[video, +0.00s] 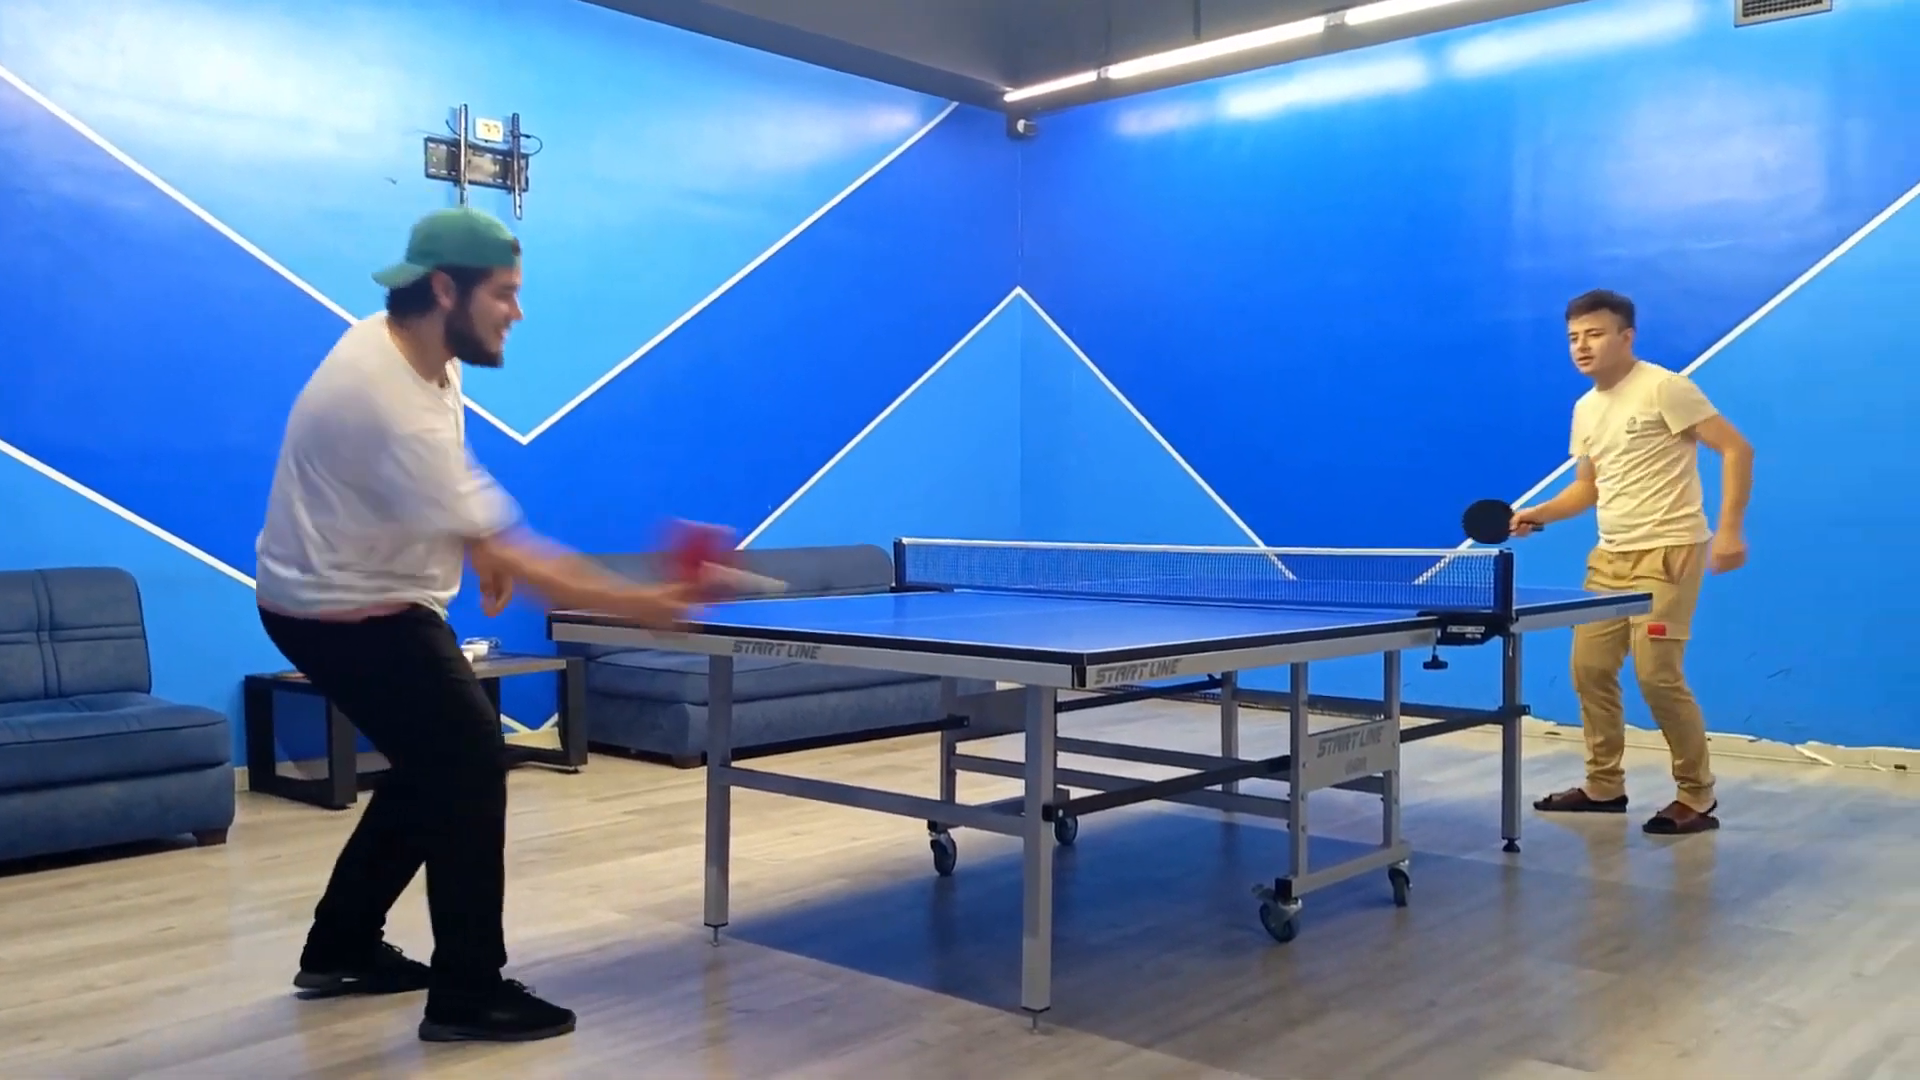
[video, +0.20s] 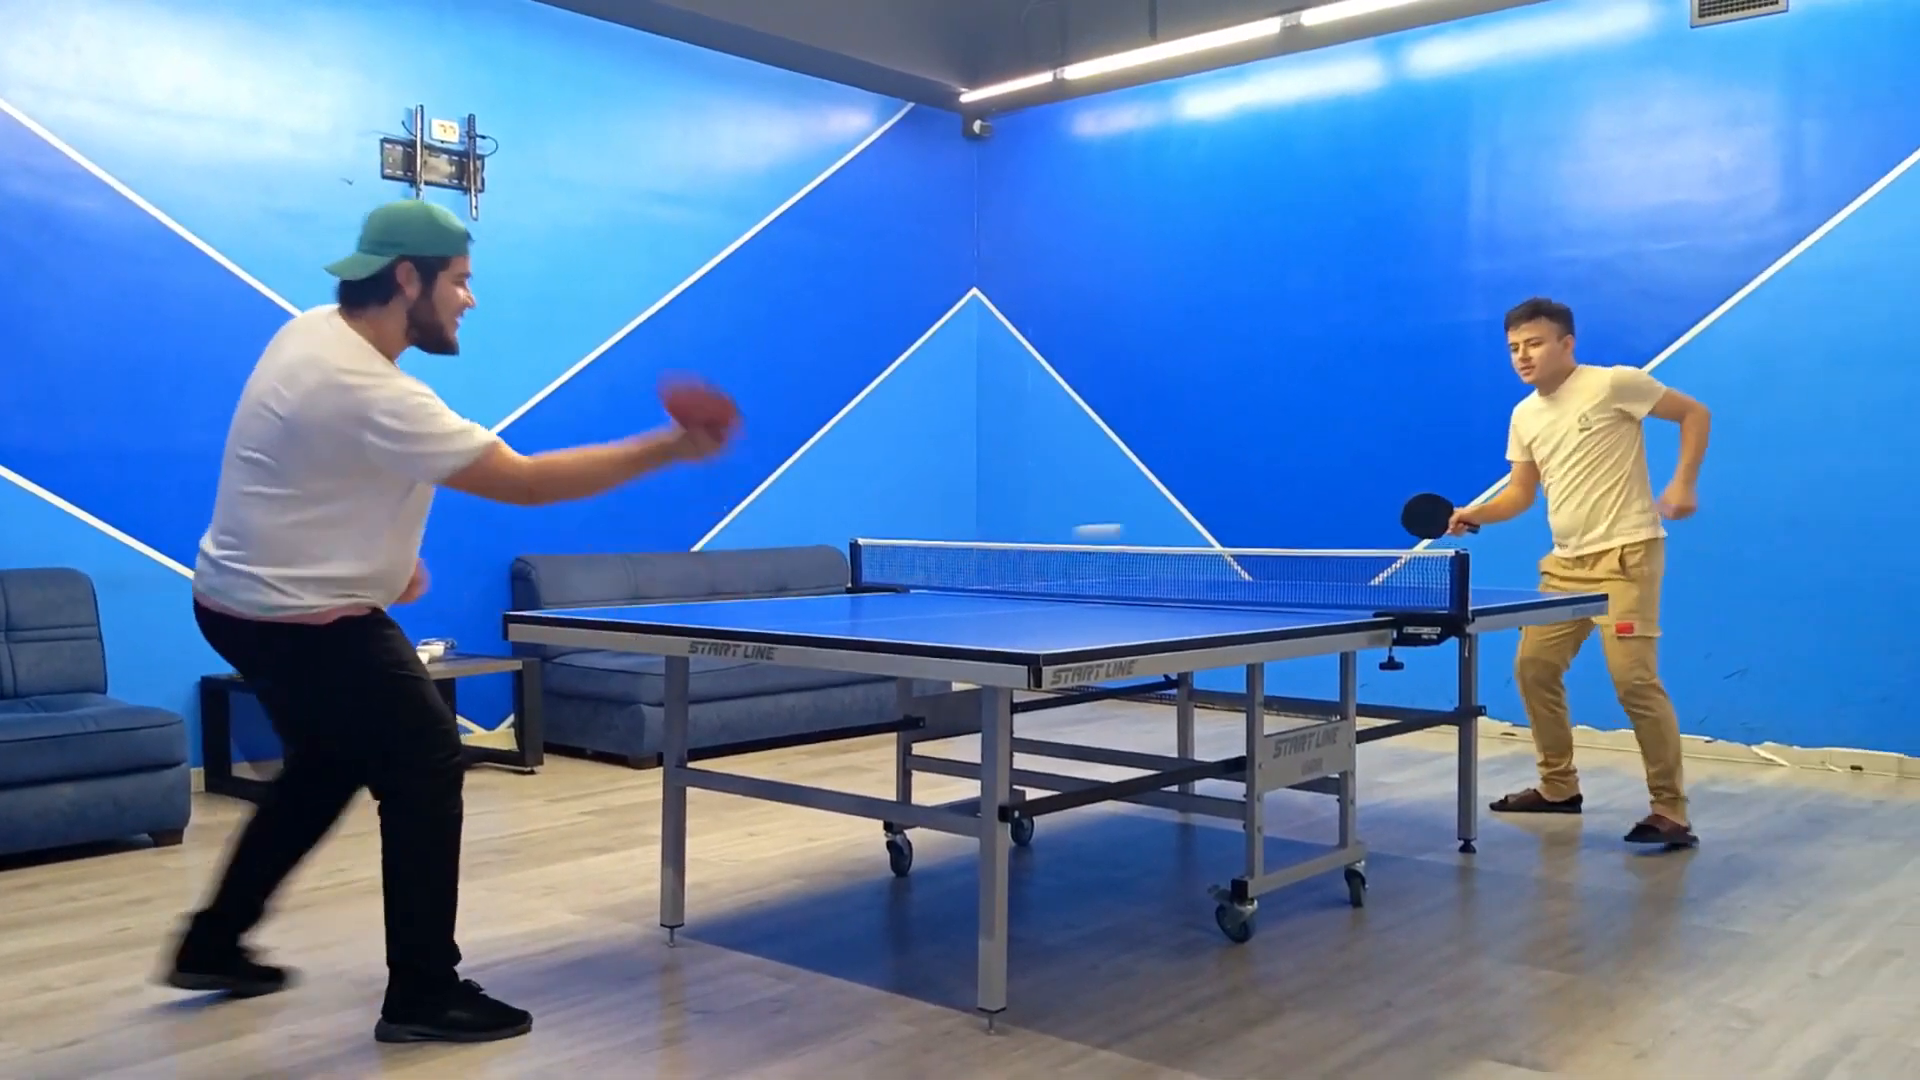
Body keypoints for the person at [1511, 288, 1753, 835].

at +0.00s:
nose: (1581, 346)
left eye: (1593, 335)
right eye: (1574, 337)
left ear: (1626, 338)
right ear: (1570, 343)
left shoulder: (1665, 388)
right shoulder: (1585, 409)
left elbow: (1737, 449)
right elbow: (1588, 487)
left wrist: (1729, 530)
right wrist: (1540, 514)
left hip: (1669, 553)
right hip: (1611, 557)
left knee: (1657, 675)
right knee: (1590, 669)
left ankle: (1696, 798)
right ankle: (1603, 788)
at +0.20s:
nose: (1522, 355)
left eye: (1533, 344)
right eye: (1515, 347)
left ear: (1567, 344)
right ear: (1511, 353)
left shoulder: (1613, 384)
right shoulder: (1525, 416)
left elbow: (1695, 414)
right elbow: (1520, 491)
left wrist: (1683, 483)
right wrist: (1475, 514)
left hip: (1629, 554)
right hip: (1567, 561)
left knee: (1634, 679)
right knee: (1534, 666)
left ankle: (1671, 814)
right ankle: (1558, 788)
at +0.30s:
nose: (1514, 379)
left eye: (1524, 366)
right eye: (1506, 372)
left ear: (1557, 364)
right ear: (1504, 379)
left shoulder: (1609, 407)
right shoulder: (1524, 437)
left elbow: (1688, 455)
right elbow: (1536, 513)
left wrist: (1641, 496)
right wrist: (1484, 537)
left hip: (1638, 568)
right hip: (1577, 576)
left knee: (1641, 682)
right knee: (1521, 667)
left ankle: (1686, 824)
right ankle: (1553, 786)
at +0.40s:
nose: (1503, 417)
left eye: (1511, 403)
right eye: (1496, 409)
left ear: (1547, 395)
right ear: (1497, 413)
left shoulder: (1597, 431)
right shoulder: (1543, 460)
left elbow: (1656, 497)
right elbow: (1582, 533)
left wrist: (1566, 507)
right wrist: (1535, 575)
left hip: (1643, 582)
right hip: (1587, 589)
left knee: (1627, 685)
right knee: (1515, 678)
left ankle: (1688, 826)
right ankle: (1553, 787)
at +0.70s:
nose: (1525, 463)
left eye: (1530, 449)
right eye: (1520, 455)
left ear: (1565, 438)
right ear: (1558, 447)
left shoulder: (1600, 470)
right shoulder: (1574, 504)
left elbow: (1633, 460)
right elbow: (1547, 570)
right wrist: (1484, 533)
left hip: (1654, 623)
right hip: (1611, 622)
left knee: (1598, 720)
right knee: (1512, 681)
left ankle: (1709, 829)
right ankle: (1557, 789)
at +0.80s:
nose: (1549, 432)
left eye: (1556, 419)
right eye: (1546, 423)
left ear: (1592, 414)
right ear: (1576, 423)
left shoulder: (1635, 441)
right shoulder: (1585, 479)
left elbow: (1706, 428)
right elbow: (1558, 534)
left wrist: (1680, 384)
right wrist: (1514, 492)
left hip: (1668, 595)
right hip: (1623, 604)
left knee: (1645, 692)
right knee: (1542, 674)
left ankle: (1723, 819)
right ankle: (1576, 779)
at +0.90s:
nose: (1575, 405)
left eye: (1585, 394)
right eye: (1570, 397)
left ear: (1618, 392)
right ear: (1573, 402)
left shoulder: (1662, 420)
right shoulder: (1604, 450)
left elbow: (1742, 412)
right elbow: (1592, 498)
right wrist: (1544, 469)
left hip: (1683, 574)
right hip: (1630, 578)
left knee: (1689, 679)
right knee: (1578, 666)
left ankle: (1734, 803)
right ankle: (1592, 773)